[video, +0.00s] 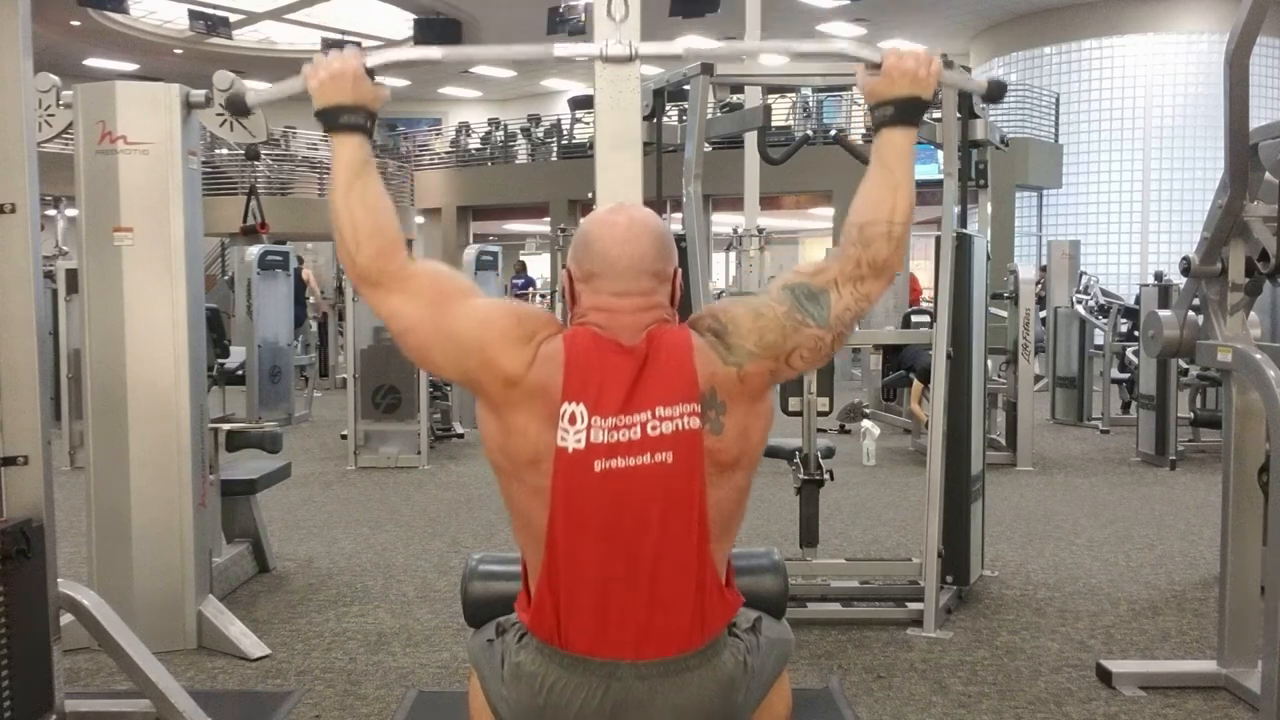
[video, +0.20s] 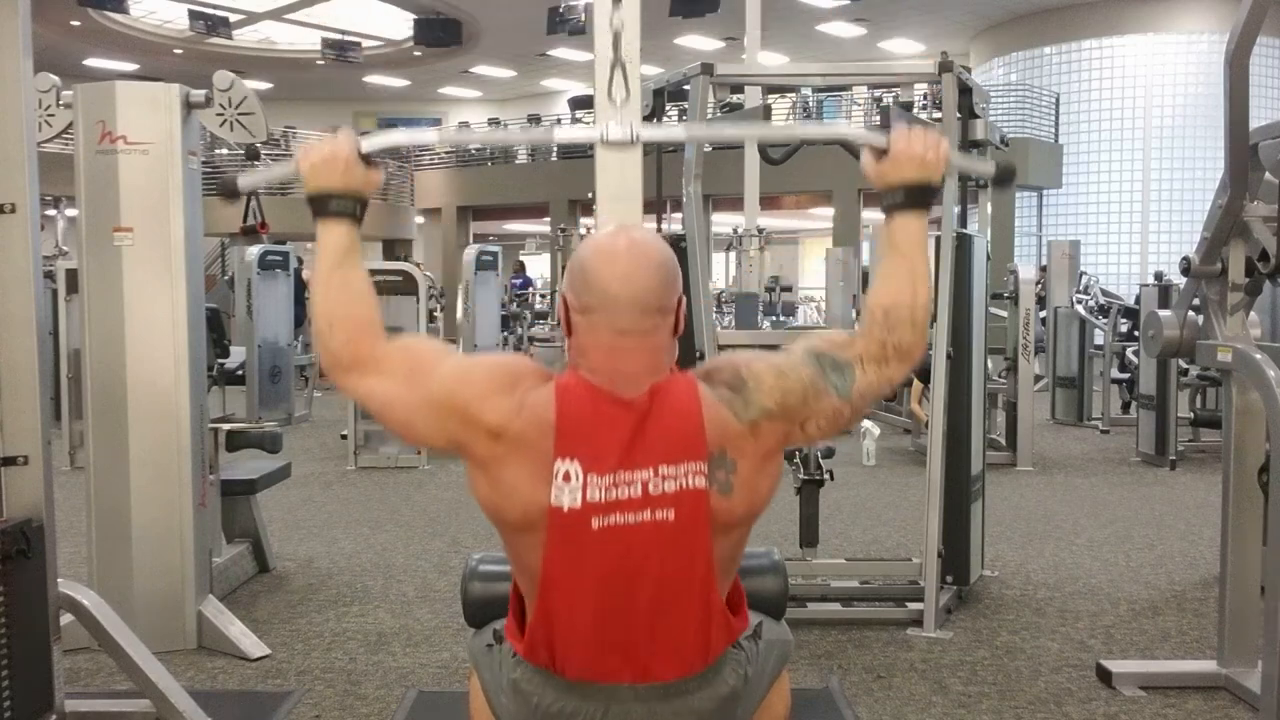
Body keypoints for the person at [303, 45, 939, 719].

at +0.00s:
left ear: (570, 287)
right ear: (673, 288)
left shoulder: (510, 354)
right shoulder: (740, 353)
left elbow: (379, 270)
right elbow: (865, 268)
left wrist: (347, 122)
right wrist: (899, 116)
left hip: (554, 686)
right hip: (698, 685)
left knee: (489, 659)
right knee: (769, 650)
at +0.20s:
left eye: (567, 297)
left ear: (566, 317)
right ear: (678, 317)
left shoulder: (499, 405)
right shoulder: (752, 403)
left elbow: (351, 356)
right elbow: (891, 349)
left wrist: (336, 209)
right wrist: (908, 203)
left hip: (549, 689)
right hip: (708, 685)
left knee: (490, 666)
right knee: (765, 644)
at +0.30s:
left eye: (569, 315)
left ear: (565, 339)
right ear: (679, 342)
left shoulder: (497, 438)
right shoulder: (751, 437)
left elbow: (343, 412)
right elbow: (896, 410)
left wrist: (330, 264)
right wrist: (912, 261)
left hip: (546, 696)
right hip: (702, 694)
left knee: (489, 656)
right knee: (770, 651)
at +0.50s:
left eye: (567, 355)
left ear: (564, 378)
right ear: (686, 378)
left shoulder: (492, 495)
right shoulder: (754, 491)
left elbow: (339, 521)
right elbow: (898, 516)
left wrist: (326, 373)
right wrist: (911, 370)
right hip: (709, 699)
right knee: (770, 644)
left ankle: (484, 708)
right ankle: (784, 710)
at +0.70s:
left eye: (567, 383)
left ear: (566, 407)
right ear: (690, 414)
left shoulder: (487, 534)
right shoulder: (762, 534)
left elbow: (347, 606)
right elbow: (880, 608)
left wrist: (326, 459)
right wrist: (907, 461)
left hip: (532, 705)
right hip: (705, 705)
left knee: (480, 663)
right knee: (767, 637)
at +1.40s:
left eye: (567, 367)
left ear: (564, 389)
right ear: (686, 393)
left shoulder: (486, 508)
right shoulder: (757, 514)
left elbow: (345, 557)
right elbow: (899, 554)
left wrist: (328, 409)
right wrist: (912, 410)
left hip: (536, 706)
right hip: (710, 704)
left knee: (489, 636)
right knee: (769, 627)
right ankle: (779, 704)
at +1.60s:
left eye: (564, 353)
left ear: (561, 375)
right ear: (682, 377)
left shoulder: (488, 482)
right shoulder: (748, 486)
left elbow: (337, 493)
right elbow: (898, 479)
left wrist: (330, 345)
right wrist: (912, 337)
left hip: (545, 701)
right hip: (706, 699)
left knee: (472, 666)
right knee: (774, 646)